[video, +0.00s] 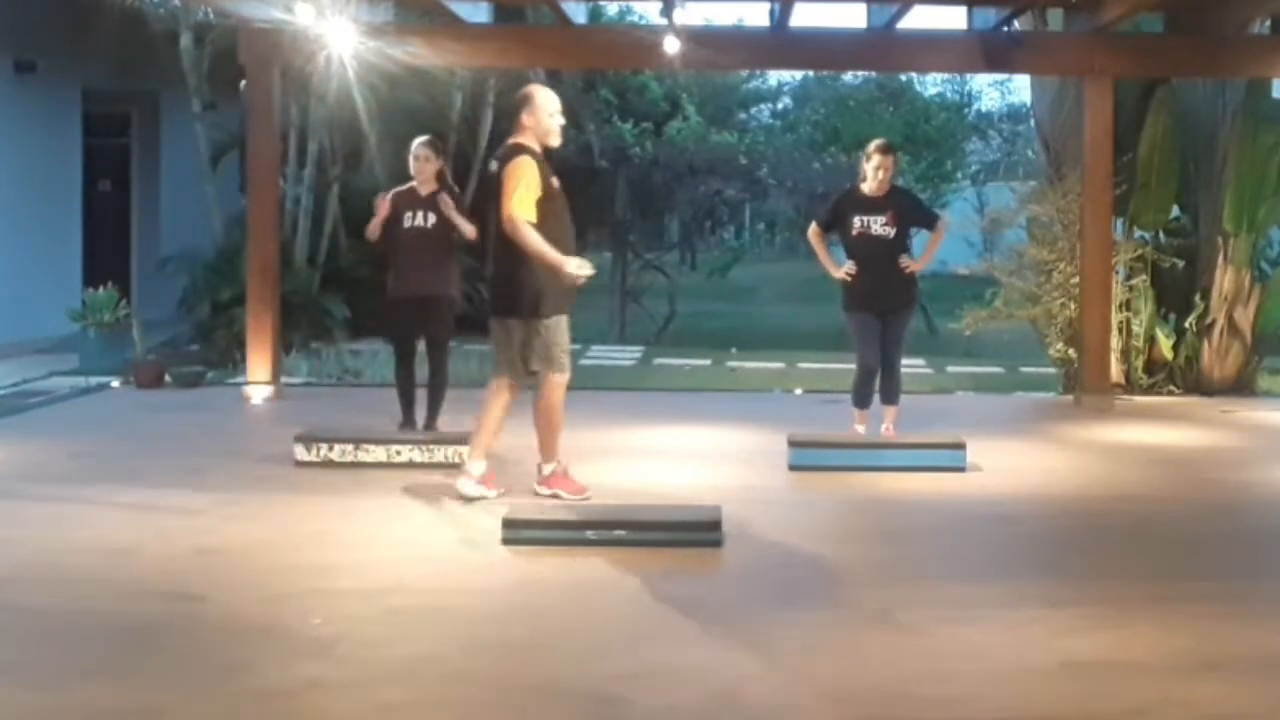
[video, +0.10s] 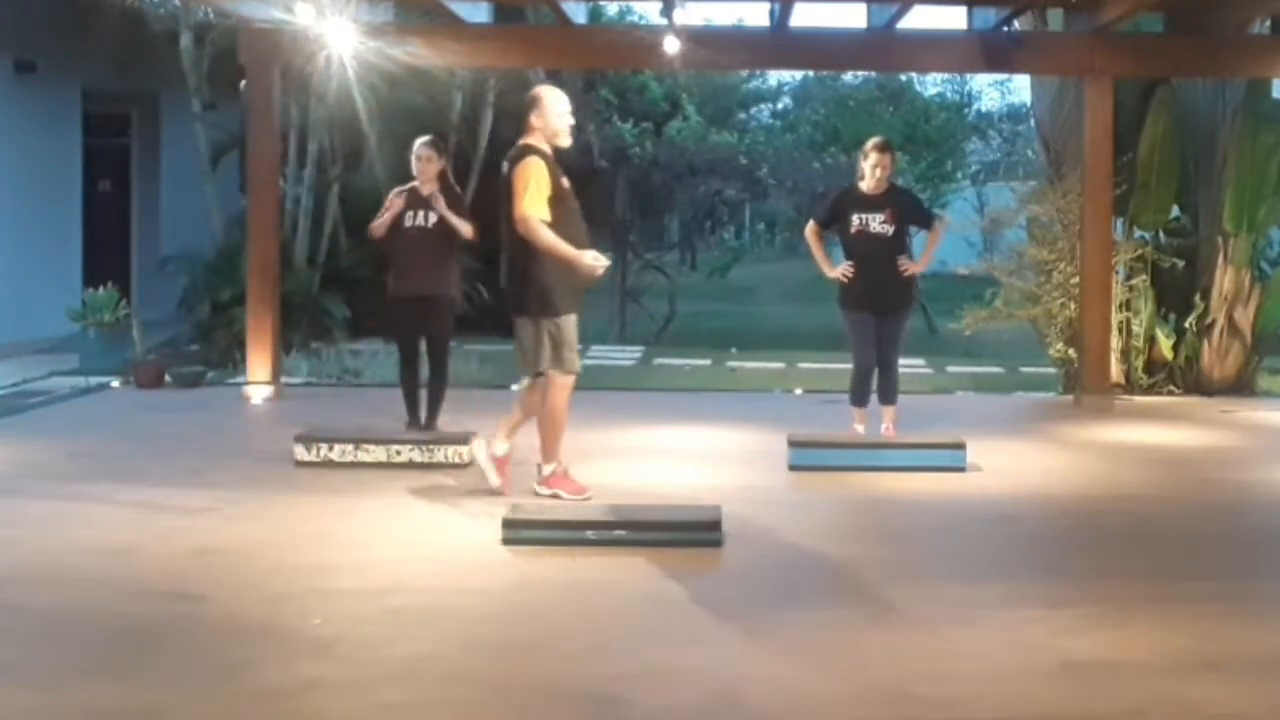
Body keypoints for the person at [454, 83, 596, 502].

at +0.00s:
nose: (561, 123)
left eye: (560, 114)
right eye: (553, 114)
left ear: (530, 120)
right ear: (528, 118)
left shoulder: (512, 158)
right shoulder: (526, 161)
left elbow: (506, 223)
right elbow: (515, 218)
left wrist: (558, 263)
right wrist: (562, 262)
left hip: (510, 293)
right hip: (539, 294)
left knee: (507, 377)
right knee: (556, 374)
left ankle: (473, 468)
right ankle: (550, 469)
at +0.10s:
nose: (571, 122)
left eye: (570, 114)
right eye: (563, 114)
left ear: (541, 120)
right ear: (538, 119)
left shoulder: (536, 159)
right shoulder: (532, 162)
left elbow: (536, 223)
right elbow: (528, 220)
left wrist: (580, 257)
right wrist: (578, 258)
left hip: (538, 291)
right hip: (547, 293)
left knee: (545, 378)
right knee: (561, 375)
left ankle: (497, 442)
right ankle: (552, 468)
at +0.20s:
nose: (578, 120)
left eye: (577, 112)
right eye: (569, 112)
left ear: (554, 118)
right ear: (544, 116)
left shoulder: (556, 160)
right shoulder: (538, 161)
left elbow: (566, 225)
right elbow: (536, 221)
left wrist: (596, 269)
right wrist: (588, 260)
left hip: (572, 285)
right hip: (549, 289)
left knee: (593, 360)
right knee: (561, 374)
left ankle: (537, 434)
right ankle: (552, 468)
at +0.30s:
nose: (586, 118)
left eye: (586, 109)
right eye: (578, 109)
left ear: (573, 114)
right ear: (553, 112)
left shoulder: (570, 159)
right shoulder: (540, 159)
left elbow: (581, 224)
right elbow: (535, 220)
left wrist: (618, 249)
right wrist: (578, 261)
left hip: (585, 286)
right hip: (555, 290)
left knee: (606, 361)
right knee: (563, 374)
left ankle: (573, 446)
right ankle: (548, 468)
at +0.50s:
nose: (601, 117)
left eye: (603, 109)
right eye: (591, 109)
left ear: (606, 113)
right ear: (569, 114)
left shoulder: (603, 159)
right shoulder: (550, 159)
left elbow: (613, 217)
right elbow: (531, 221)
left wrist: (666, 228)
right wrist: (547, 278)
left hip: (605, 291)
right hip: (567, 291)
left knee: (610, 375)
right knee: (569, 379)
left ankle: (623, 464)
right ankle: (551, 469)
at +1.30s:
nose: (614, 115)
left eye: (622, 107)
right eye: (607, 107)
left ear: (635, 111)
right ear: (595, 111)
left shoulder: (658, 159)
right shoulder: (573, 158)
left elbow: (680, 217)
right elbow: (555, 215)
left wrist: (648, 237)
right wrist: (566, 241)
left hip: (641, 287)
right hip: (589, 286)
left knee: (647, 374)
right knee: (592, 378)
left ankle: (653, 467)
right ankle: (604, 471)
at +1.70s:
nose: (626, 115)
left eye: (634, 107)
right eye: (620, 108)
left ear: (655, 110)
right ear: (614, 112)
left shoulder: (677, 158)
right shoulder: (596, 153)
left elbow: (696, 221)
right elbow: (572, 212)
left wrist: (670, 189)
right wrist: (580, 192)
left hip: (655, 288)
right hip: (603, 286)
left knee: (655, 378)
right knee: (603, 376)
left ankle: (654, 472)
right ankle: (603, 470)